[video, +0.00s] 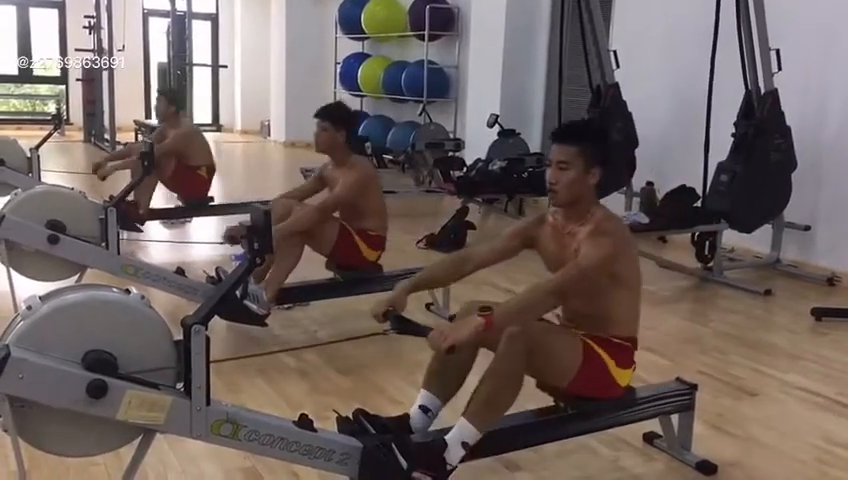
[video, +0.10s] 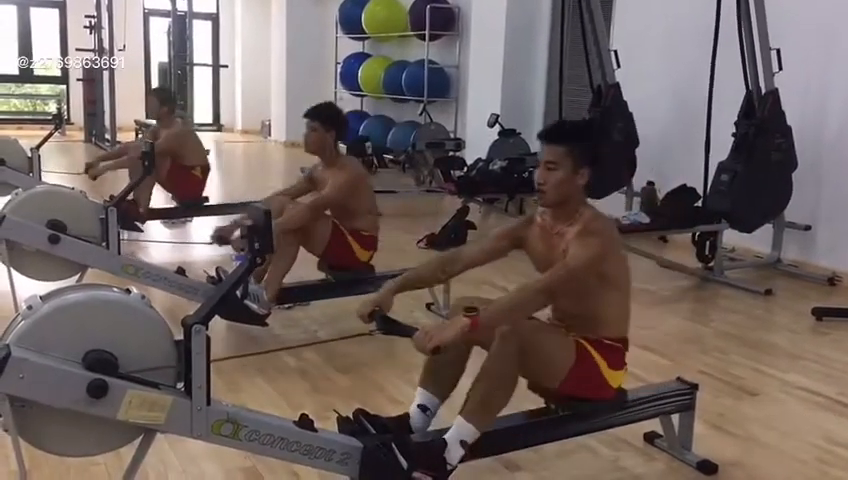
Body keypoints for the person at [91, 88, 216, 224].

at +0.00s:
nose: (156, 107)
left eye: (160, 103)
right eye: (157, 102)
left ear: (172, 109)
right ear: (170, 110)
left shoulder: (182, 134)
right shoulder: (166, 130)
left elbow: (148, 157)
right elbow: (141, 148)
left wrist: (114, 167)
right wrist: (107, 158)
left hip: (198, 186)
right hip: (188, 181)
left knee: (152, 162)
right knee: (141, 159)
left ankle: (141, 209)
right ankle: (139, 207)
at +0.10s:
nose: (147, 107)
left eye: (151, 103)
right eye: (148, 103)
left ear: (164, 109)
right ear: (164, 110)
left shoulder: (175, 133)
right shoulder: (161, 128)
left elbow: (140, 157)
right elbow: (133, 147)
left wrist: (105, 168)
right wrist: (99, 158)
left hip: (192, 187)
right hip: (184, 182)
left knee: (145, 161)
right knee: (138, 154)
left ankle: (141, 209)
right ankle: (139, 206)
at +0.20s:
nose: (137, 107)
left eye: (141, 104)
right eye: (139, 103)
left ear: (154, 109)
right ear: (154, 110)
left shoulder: (166, 133)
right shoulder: (153, 129)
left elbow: (129, 153)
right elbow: (121, 146)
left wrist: (92, 167)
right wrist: (87, 159)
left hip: (185, 187)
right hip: (179, 184)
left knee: (137, 155)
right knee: (133, 153)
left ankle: (142, 206)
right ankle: (138, 203)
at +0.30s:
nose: (130, 107)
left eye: (134, 104)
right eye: (131, 103)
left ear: (147, 111)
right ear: (146, 111)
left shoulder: (156, 131)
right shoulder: (141, 129)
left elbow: (119, 152)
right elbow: (114, 145)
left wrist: (78, 165)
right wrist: (76, 157)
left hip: (184, 183)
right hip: (175, 180)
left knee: (134, 154)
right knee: (130, 151)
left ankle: (142, 206)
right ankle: (138, 202)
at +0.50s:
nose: (137, 107)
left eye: (141, 104)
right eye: (138, 103)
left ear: (154, 111)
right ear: (151, 111)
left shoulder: (162, 129)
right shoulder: (149, 126)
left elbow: (121, 149)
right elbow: (118, 142)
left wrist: (79, 156)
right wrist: (79, 150)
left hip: (190, 180)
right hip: (181, 176)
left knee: (146, 152)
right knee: (138, 151)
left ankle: (143, 205)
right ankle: (141, 204)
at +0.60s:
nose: (156, 104)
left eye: (161, 102)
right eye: (158, 100)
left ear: (172, 109)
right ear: (170, 108)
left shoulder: (179, 128)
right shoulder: (169, 123)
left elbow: (144, 151)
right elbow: (137, 143)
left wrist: (100, 157)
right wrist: (99, 148)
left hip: (201, 178)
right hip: (194, 174)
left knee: (151, 154)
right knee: (149, 154)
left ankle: (143, 205)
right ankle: (143, 204)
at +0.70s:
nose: (176, 103)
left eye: (181, 100)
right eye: (176, 99)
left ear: (193, 107)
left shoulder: (196, 131)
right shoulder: (185, 126)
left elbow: (160, 149)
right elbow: (155, 142)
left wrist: (123, 157)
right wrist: (122, 147)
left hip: (218, 180)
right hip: (207, 176)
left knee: (166, 156)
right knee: (163, 155)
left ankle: (144, 202)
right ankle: (143, 201)